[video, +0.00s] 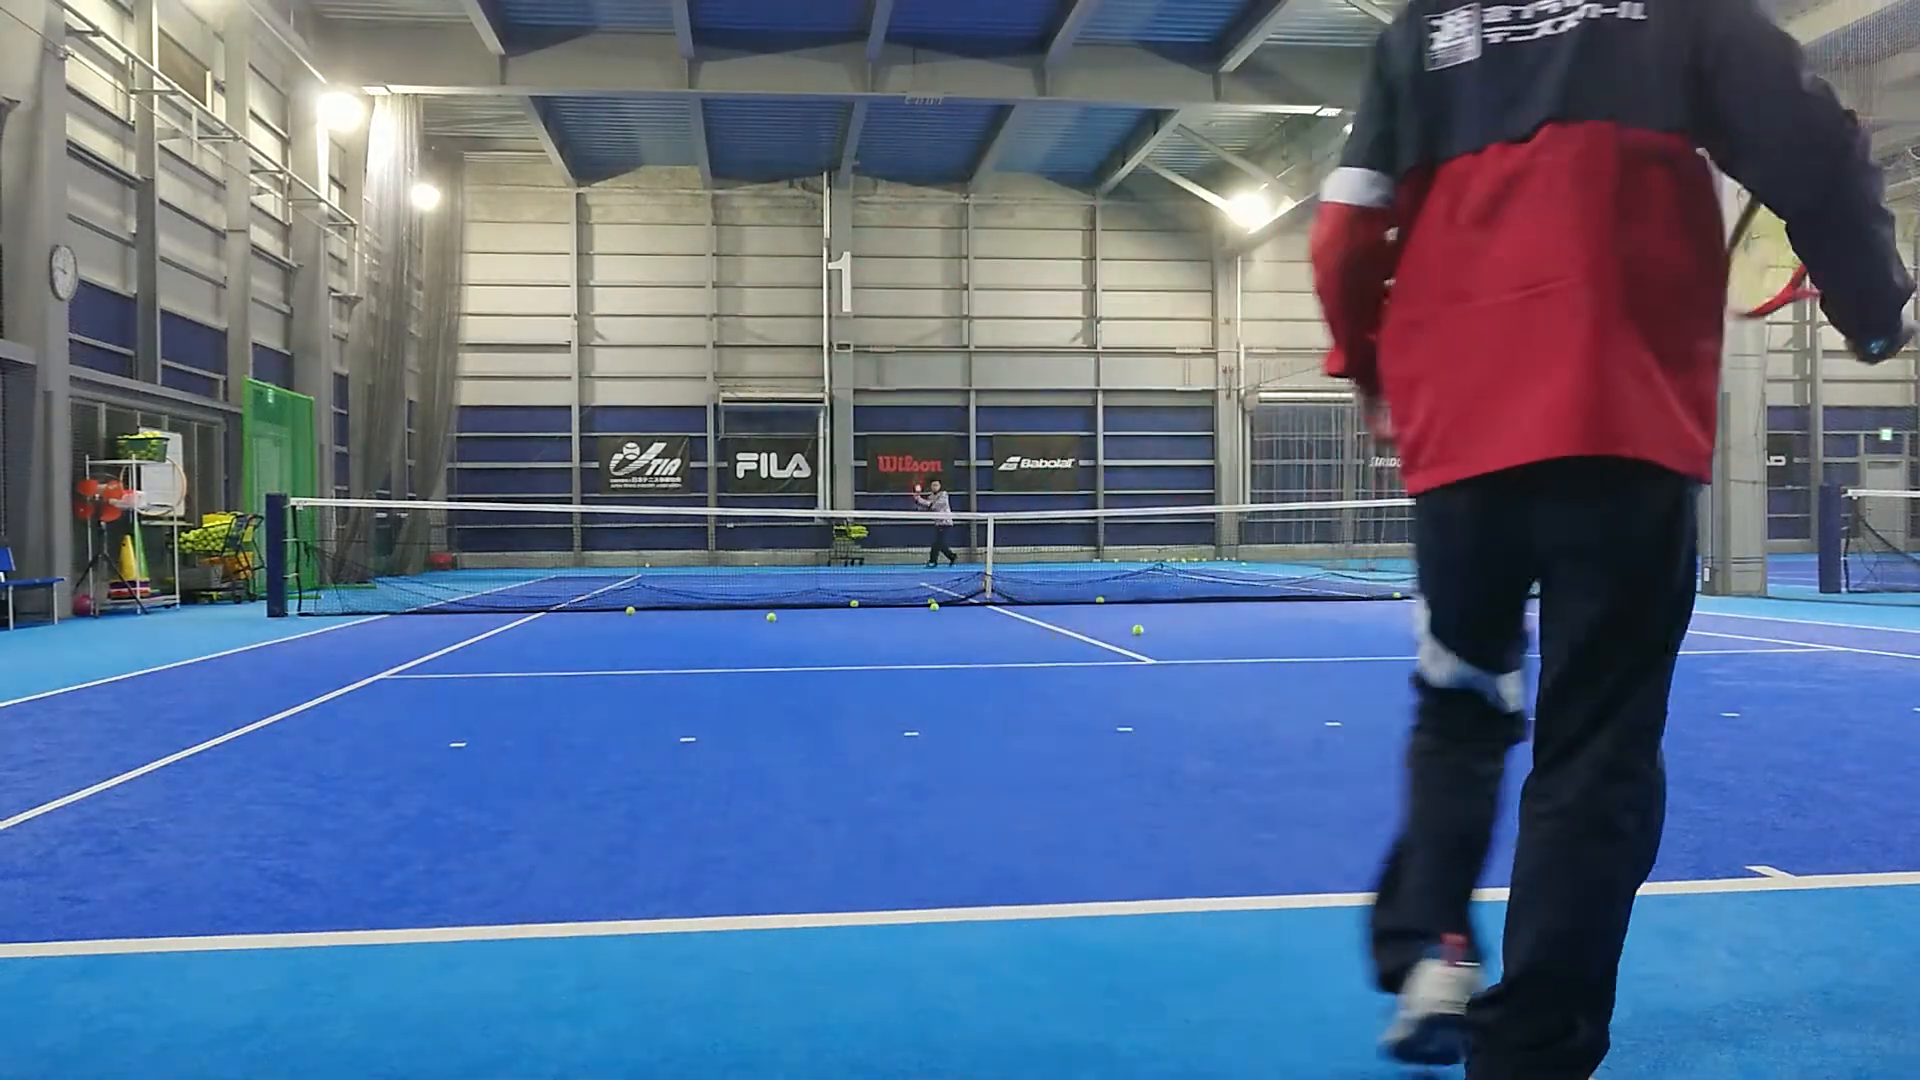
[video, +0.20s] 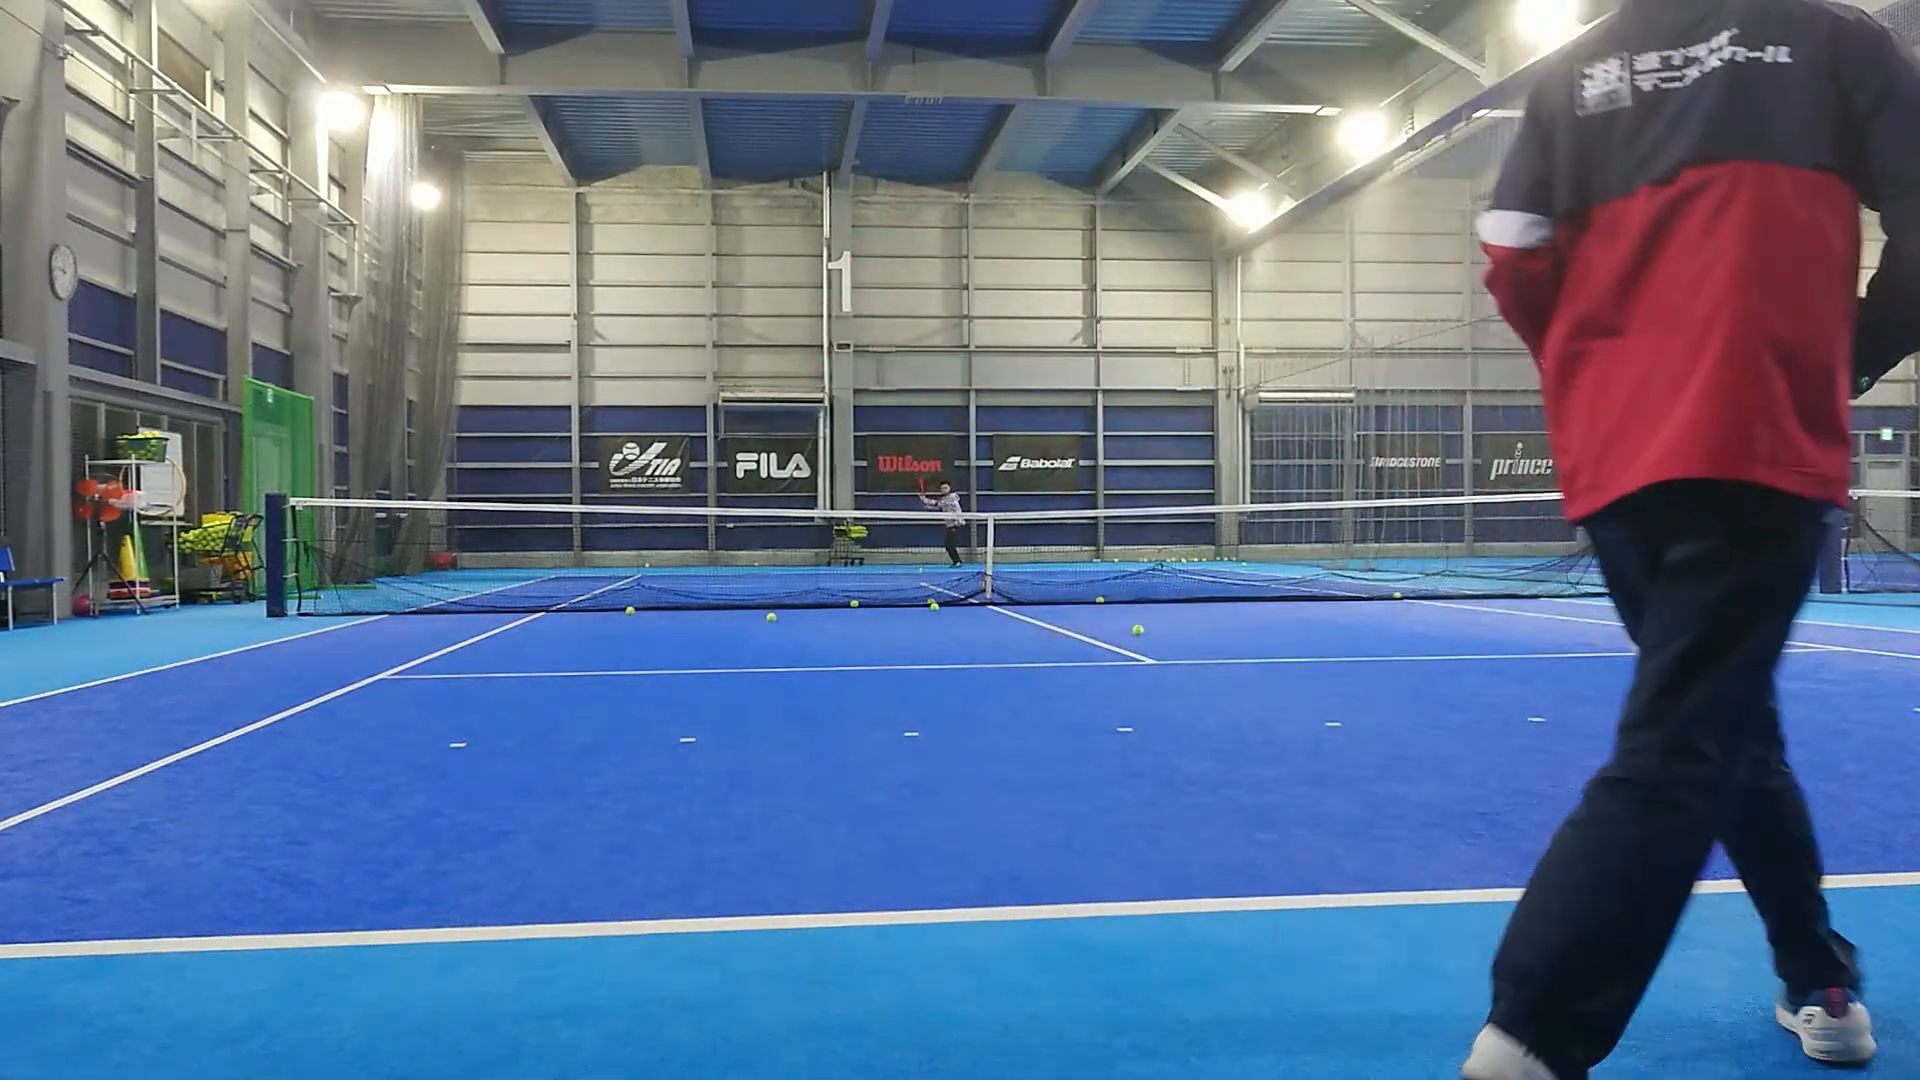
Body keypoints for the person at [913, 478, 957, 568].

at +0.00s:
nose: (935, 487)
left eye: (937, 485)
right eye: (933, 485)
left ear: (940, 486)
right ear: (930, 487)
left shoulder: (943, 495)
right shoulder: (932, 496)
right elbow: (927, 504)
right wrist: (918, 498)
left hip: (944, 521)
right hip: (937, 521)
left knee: (937, 543)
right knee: (940, 542)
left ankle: (933, 560)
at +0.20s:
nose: (944, 490)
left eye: (946, 488)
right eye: (942, 488)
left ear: (950, 488)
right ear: (941, 490)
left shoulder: (952, 498)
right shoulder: (943, 501)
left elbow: (958, 509)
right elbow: (933, 503)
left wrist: (959, 520)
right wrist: (923, 499)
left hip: (954, 523)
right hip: (948, 523)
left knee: (949, 544)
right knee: (948, 544)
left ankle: (957, 561)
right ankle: (955, 561)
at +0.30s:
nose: (949, 491)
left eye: (951, 489)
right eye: (948, 489)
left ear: (955, 489)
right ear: (946, 491)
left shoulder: (957, 499)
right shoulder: (950, 500)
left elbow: (941, 505)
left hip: (960, 525)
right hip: (953, 525)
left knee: (957, 545)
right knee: (949, 545)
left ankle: (970, 557)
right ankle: (957, 562)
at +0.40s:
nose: (955, 491)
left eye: (957, 489)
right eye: (953, 489)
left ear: (961, 490)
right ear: (952, 491)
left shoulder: (963, 499)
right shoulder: (955, 500)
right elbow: (944, 505)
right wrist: (933, 503)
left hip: (966, 526)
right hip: (957, 526)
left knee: (966, 546)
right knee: (951, 545)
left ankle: (983, 556)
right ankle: (957, 561)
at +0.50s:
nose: (961, 489)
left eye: (963, 487)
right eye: (960, 487)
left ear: (968, 487)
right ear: (959, 489)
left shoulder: (970, 497)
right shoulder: (961, 498)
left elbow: (957, 500)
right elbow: (950, 501)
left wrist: (945, 500)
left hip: (971, 525)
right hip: (962, 525)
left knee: (977, 546)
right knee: (955, 543)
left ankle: (989, 560)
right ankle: (958, 561)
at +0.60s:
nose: (970, 483)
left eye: (972, 481)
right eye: (969, 481)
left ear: (977, 482)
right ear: (967, 483)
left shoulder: (981, 491)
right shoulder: (965, 495)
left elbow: (984, 495)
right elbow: (961, 507)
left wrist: (974, 492)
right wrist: (950, 510)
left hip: (978, 519)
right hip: (966, 520)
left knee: (983, 543)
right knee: (960, 542)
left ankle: (989, 561)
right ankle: (958, 561)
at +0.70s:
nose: (981, 477)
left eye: (982, 475)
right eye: (979, 475)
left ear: (986, 477)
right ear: (976, 477)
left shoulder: (990, 488)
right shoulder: (972, 487)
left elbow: (997, 499)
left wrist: (994, 493)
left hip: (986, 515)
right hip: (972, 515)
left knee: (989, 539)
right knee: (965, 537)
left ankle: (993, 559)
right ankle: (959, 557)